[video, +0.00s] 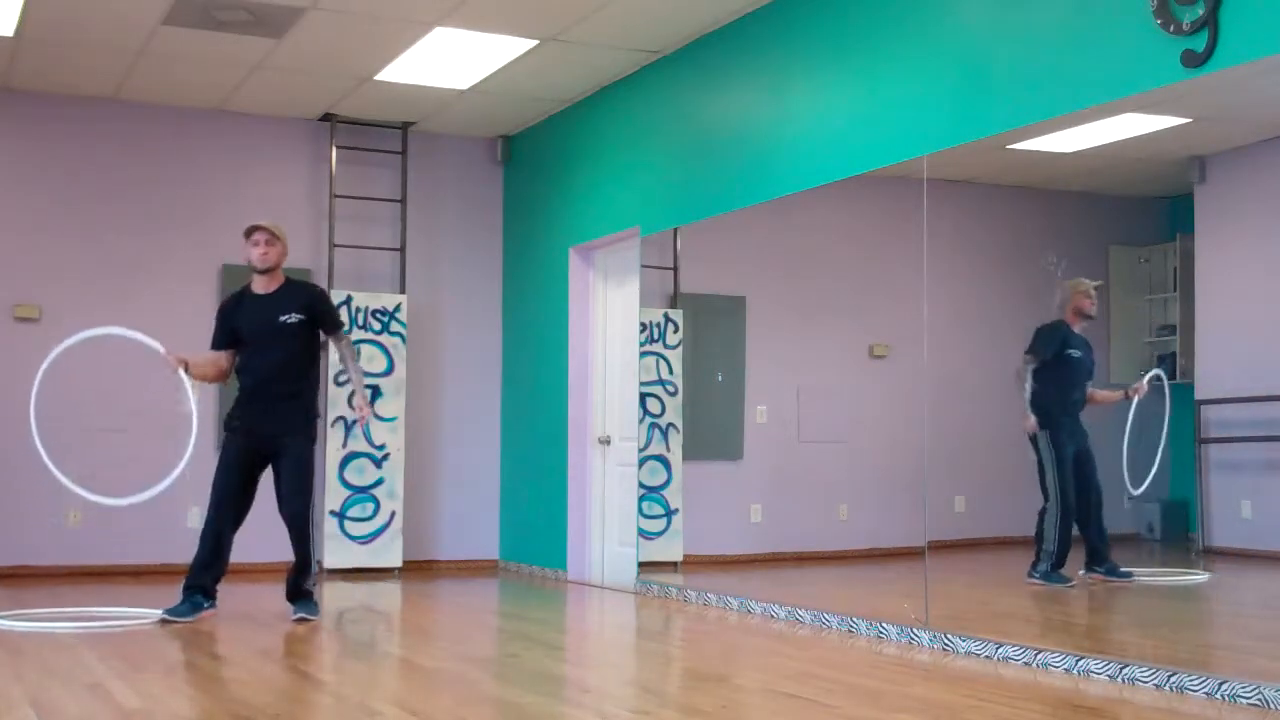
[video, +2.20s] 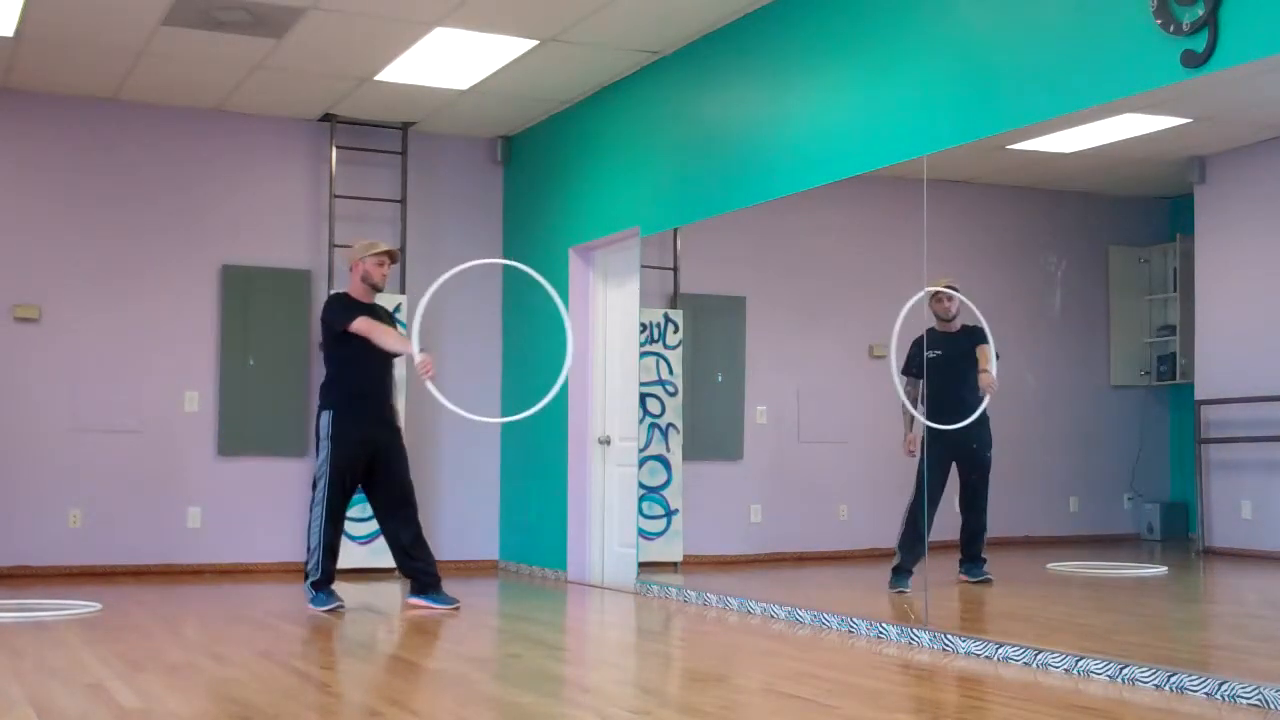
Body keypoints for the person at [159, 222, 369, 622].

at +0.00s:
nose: (263, 248)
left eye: (270, 242)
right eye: (256, 243)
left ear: (284, 253)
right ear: (246, 254)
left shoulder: (310, 298)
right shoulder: (233, 307)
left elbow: (343, 344)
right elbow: (219, 367)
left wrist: (359, 389)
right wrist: (186, 363)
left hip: (295, 424)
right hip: (247, 422)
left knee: (297, 512)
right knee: (222, 511)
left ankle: (302, 596)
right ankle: (198, 594)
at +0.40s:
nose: (262, 254)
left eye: (269, 250)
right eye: (254, 248)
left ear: (277, 260)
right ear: (241, 257)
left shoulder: (290, 306)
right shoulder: (220, 304)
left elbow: (298, 364)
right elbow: (198, 360)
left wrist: (304, 409)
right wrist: (225, 334)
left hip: (281, 421)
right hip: (235, 422)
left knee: (290, 502)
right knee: (233, 508)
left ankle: (308, 588)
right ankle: (224, 589)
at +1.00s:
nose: (297, 266)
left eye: (303, 261)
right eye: (290, 259)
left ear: (307, 269)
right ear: (272, 263)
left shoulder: (311, 313)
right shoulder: (250, 310)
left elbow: (314, 370)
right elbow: (228, 365)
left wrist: (321, 411)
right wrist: (253, 389)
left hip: (307, 424)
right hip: (266, 424)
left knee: (320, 507)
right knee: (247, 508)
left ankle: (333, 587)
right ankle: (224, 589)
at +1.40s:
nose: (349, 266)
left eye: (355, 261)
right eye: (342, 259)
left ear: (361, 270)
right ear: (327, 263)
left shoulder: (365, 314)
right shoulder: (305, 306)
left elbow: (372, 369)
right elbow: (279, 361)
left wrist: (382, 414)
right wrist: (291, 397)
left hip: (350, 421)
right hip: (313, 419)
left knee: (348, 506)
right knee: (306, 504)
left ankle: (338, 588)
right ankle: (287, 588)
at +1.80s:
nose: (359, 268)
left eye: (363, 263)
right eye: (353, 261)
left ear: (365, 270)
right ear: (333, 264)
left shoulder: (367, 313)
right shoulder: (310, 310)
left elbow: (367, 364)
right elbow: (299, 364)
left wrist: (371, 403)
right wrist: (337, 393)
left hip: (366, 417)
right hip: (326, 418)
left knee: (379, 501)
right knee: (324, 504)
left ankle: (389, 587)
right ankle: (323, 587)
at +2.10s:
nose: (380, 271)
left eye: (382, 266)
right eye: (372, 264)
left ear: (381, 272)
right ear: (351, 267)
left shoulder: (380, 316)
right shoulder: (331, 307)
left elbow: (385, 363)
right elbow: (354, 347)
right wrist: (389, 377)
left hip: (377, 417)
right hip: (340, 416)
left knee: (394, 500)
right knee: (331, 502)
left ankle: (418, 586)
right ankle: (322, 586)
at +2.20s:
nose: (385, 270)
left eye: (388, 266)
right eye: (378, 263)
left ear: (387, 272)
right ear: (356, 266)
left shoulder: (386, 317)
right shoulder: (337, 305)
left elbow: (382, 380)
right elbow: (373, 332)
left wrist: (392, 422)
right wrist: (414, 353)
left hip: (379, 417)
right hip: (341, 415)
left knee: (398, 502)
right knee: (330, 501)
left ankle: (424, 586)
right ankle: (318, 586)